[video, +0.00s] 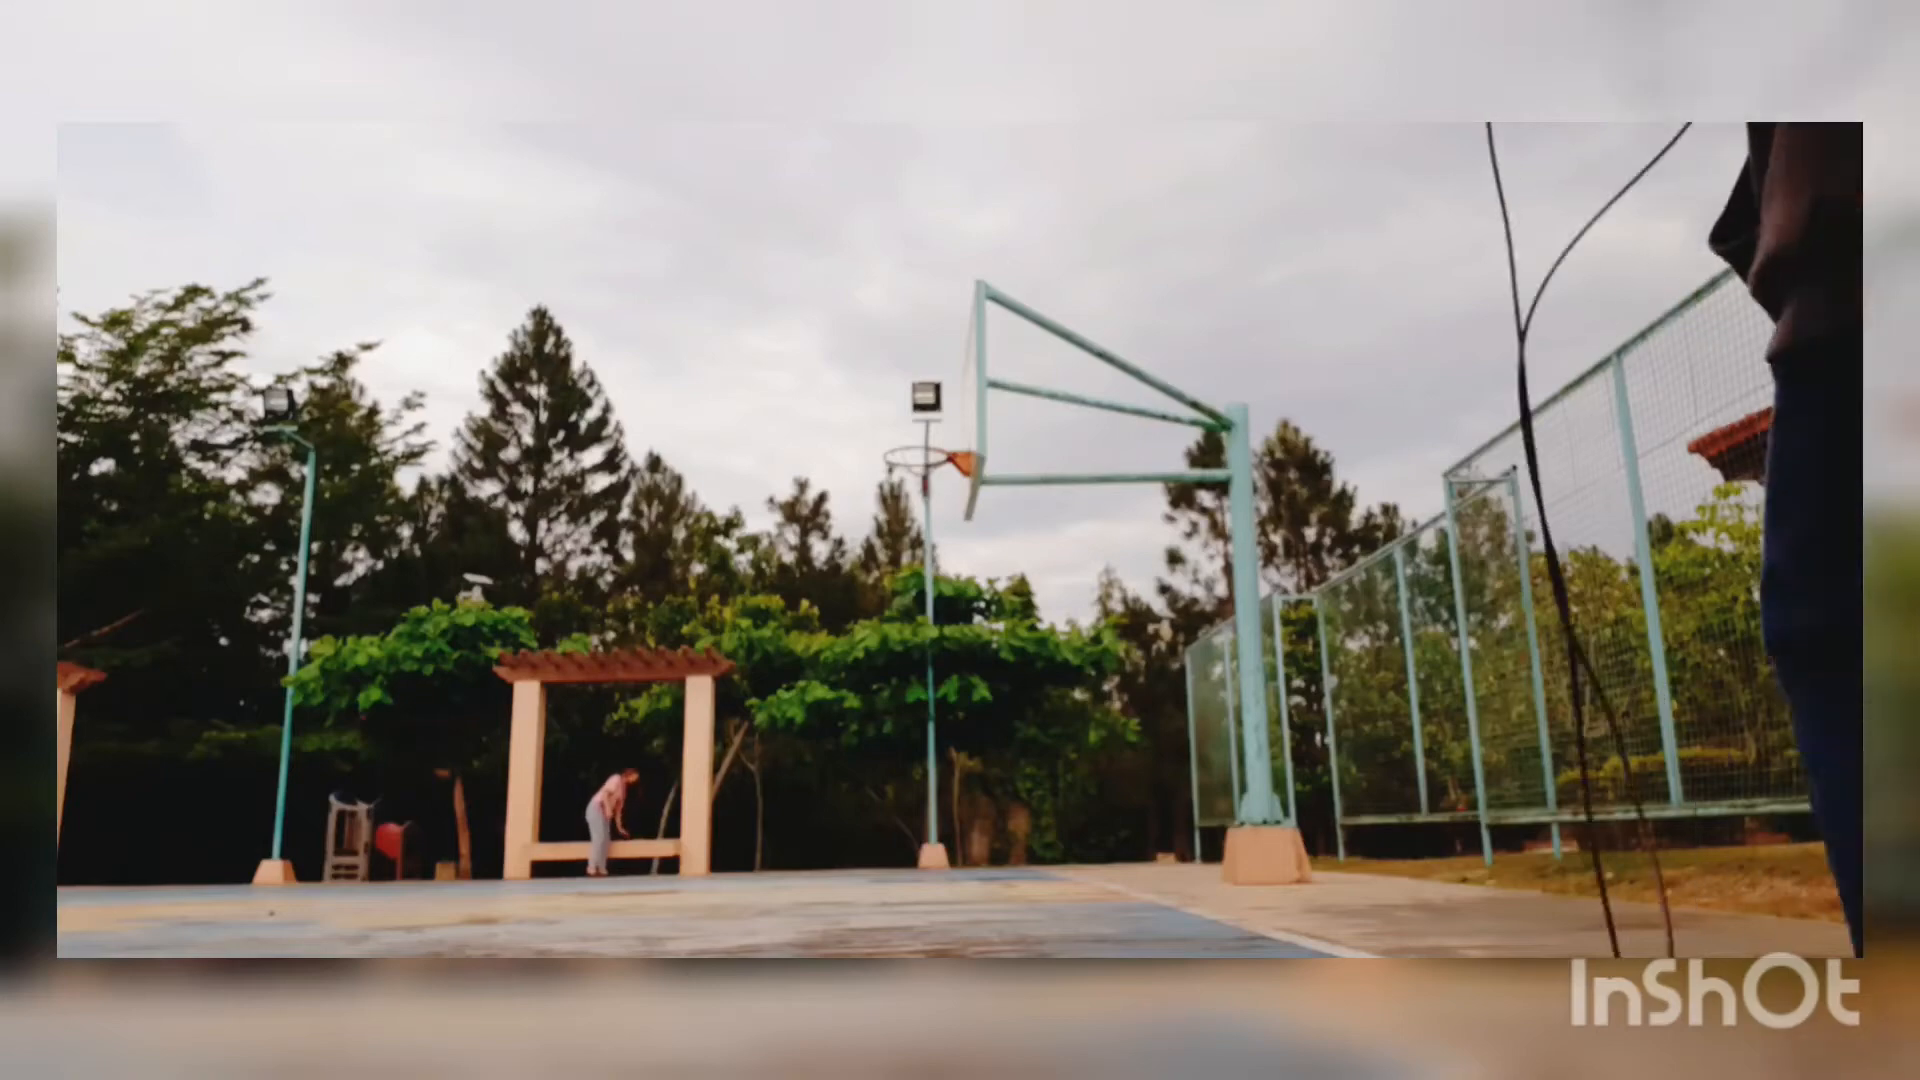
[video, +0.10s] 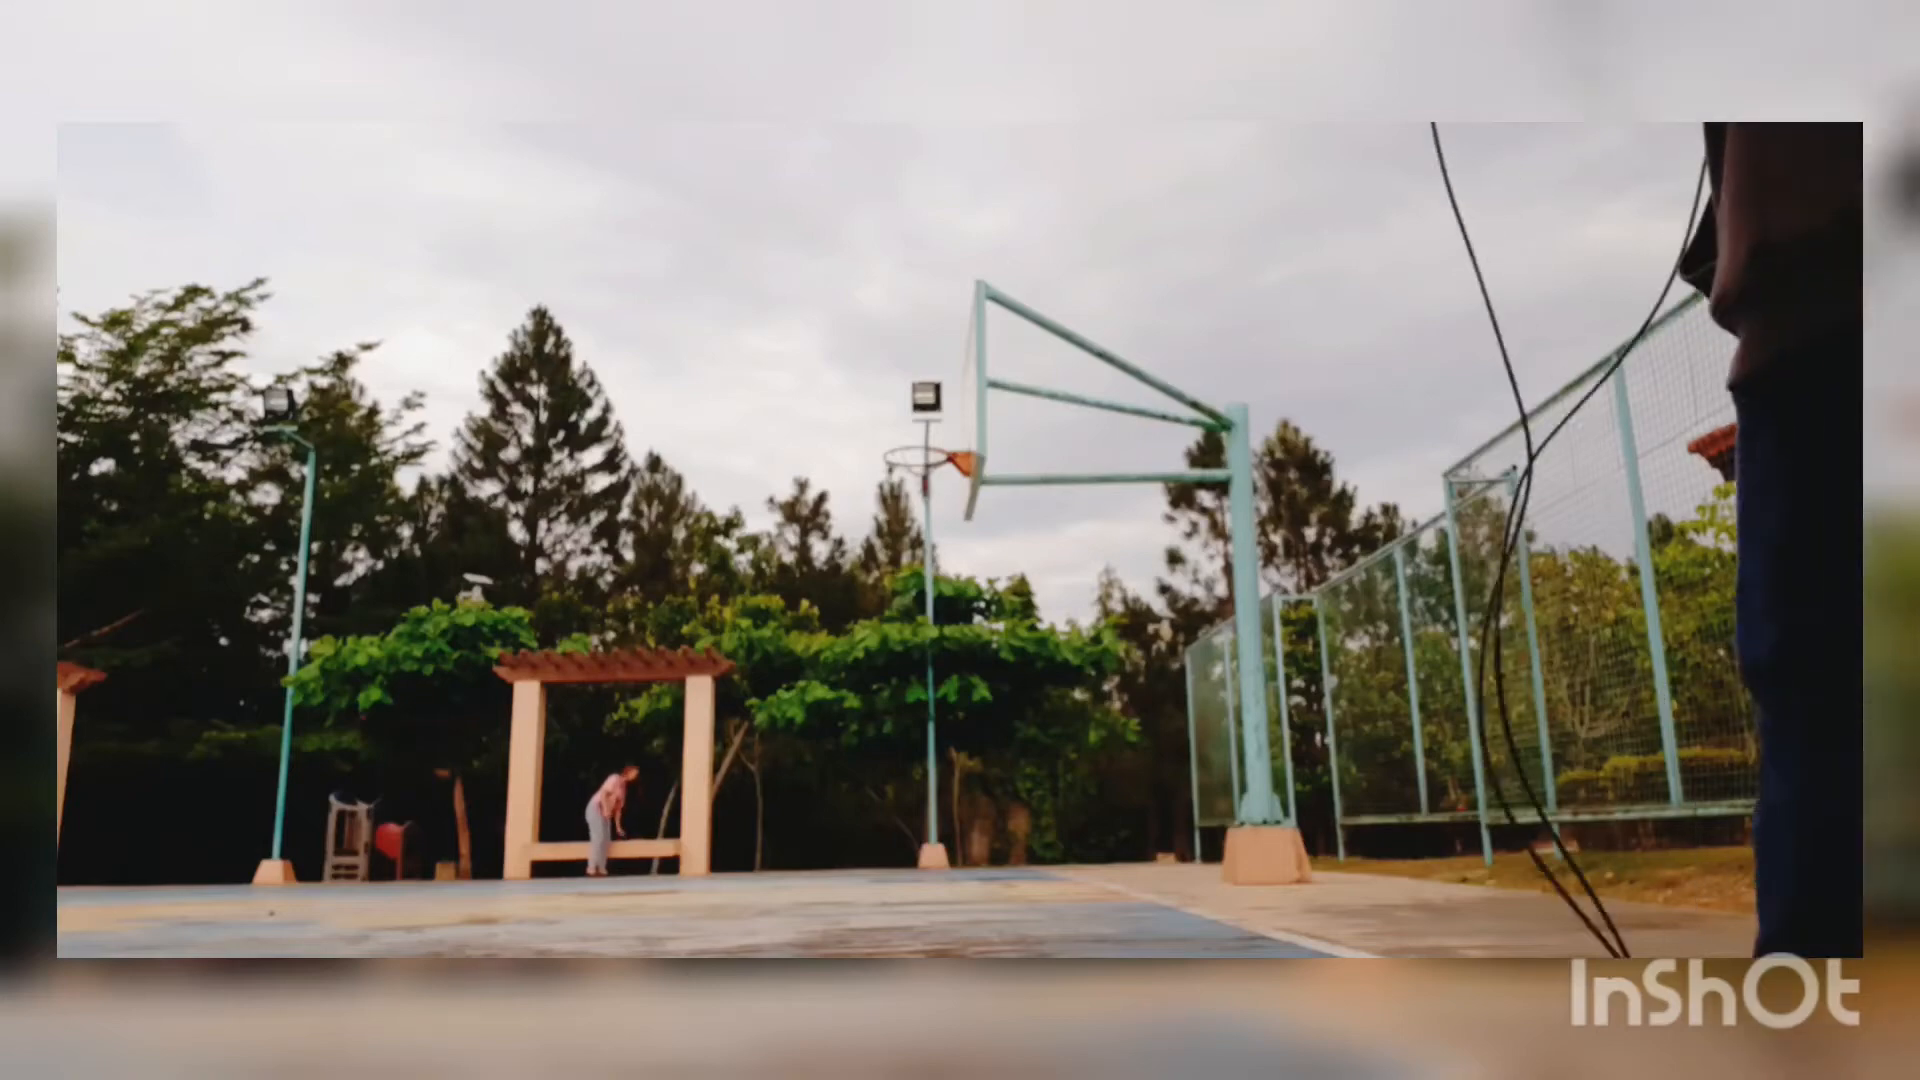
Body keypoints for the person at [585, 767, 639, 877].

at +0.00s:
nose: (633, 781)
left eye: (635, 779)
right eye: (633, 778)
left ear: (632, 778)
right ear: (628, 774)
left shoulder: (622, 787)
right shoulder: (616, 779)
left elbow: (618, 808)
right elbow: (605, 793)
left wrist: (619, 827)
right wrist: (608, 808)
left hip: (605, 810)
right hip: (596, 808)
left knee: (606, 838)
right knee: (599, 837)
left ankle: (601, 867)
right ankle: (592, 867)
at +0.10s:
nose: (634, 777)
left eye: (636, 774)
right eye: (633, 773)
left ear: (634, 775)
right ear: (627, 771)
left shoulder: (622, 786)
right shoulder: (614, 779)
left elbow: (618, 807)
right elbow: (603, 793)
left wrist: (618, 826)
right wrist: (606, 809)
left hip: (606, 811)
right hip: (596, 808)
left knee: (606, 838)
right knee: (598, 837)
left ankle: (601, 867)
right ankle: (592, 867)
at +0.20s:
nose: (630, 771)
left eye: (632, 769)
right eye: (628, 767)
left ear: (633, 772)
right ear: (623, 767)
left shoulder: (622, 787)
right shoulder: (611, 778)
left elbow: (619, 807)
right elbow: (600, 794)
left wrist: (617, 826)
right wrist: (602, 810)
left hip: (607, 812)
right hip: (596, 808)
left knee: (607, 838)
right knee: (597, 837)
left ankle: (602, 867)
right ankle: (591, 867)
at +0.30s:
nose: (625, 769)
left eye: (628, 766)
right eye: (624, 765)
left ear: (629, 769)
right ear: (619, 766)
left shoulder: (623, 787)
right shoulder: (608, 778)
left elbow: (619, 807)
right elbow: (598, 794)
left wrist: (617, 824)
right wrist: (600, 810)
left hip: (608, 812)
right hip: (596, 808)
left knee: (608, 839)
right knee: (596, 837)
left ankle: (602, 867)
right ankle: (591, 867)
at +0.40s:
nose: (619, 767)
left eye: (622, 764)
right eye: (618, 763)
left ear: (625, 768)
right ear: (614, 765)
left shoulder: (622, 786)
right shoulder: (604, 779)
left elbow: (621, 806)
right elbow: (596, 796)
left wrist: (617, 822)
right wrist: (597, 812)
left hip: (609, 812)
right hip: (596, 808)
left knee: (610, 840)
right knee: (596, 838)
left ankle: (603, 868)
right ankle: (591, 868)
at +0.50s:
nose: (610, 767)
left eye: (613, 764)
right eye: (609, 764)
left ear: (618, 767)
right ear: (607, 765)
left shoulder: (621, 785)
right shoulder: (599, 781)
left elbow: (621, 805)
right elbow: (594, 798)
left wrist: (618, 821)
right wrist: (596, 814)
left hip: (611, 811)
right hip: (596, 809)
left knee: (611, 839)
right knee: (596, 838)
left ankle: (604, 868)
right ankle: (593, 867)